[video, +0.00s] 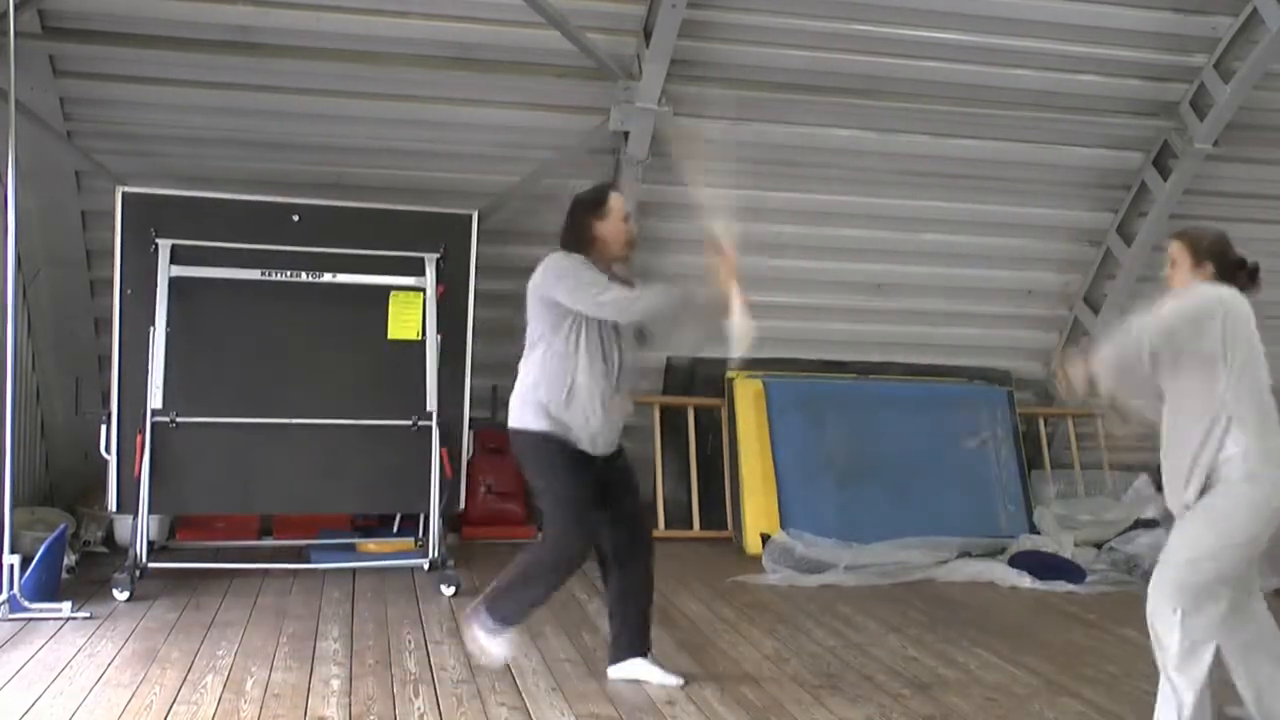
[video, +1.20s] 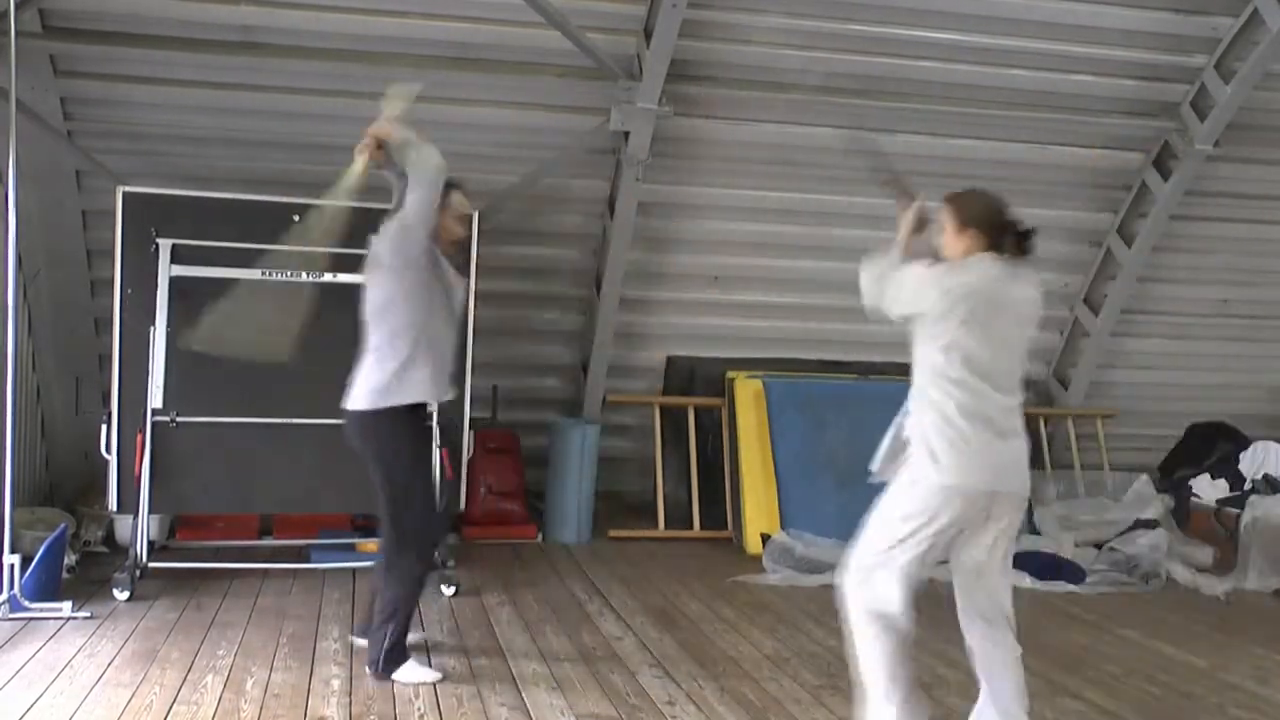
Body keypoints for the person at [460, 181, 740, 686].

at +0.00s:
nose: (631, 227)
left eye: (630, 218)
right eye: (622, 218)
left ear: (605, 228)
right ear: (592, 225)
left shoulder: (622, 291)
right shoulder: (557, 270)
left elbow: (666, 333)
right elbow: (627, 307)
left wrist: (721, 308)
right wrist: (703, 293)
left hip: (597, 435)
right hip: (544, 426)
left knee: (629, 539)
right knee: (572, 537)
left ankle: (629, 657)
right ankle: (490, 618)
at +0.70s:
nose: (565, 230)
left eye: (566, 221)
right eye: (554, 220)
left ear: (555, 230)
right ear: (521, 228)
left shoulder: (547, 281)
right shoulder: (496, 288)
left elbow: (602, 313)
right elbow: (568, 347)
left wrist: (653, 298)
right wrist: (655, 330)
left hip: (532, 435)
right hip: (488, 434)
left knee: (577, 529)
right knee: (542, 546)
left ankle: (559, 636)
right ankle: (515, 682)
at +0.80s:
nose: (522, 233)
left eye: (523, 223)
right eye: (511, 223)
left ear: (519, 232)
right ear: (480, 229)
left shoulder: (511, 281)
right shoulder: (462, 287)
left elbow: (568, 281)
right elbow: (531, 329)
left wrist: (628, 276)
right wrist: (614, 304)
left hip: (500, 430)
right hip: (464, 429)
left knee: (512, 537)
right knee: (507, 543)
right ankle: (514, 681)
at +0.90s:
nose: (493, 242)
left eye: (496, 232)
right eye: (484, 232)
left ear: (481, 233)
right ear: (453, 231)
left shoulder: (462, 274)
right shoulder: (446, 283)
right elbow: (531, 278)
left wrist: (571, 196)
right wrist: (582, 214)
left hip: (474, 430)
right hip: (449, 432)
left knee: (464, 546)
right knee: (488, 545)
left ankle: (396, 624)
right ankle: (506, 678)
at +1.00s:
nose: (481, 239)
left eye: (480, 229)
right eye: (475, 228)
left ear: (449, 230)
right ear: (452, 229)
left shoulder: (439, 274)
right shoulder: (436, 274)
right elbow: (491, 219)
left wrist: (470, 149)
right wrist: (497, 153)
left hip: (435, 430)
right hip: (421, 431)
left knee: (440, 539)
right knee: (476, 532)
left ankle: (393, 632)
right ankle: (444, 643)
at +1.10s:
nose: (466, 227)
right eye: (456, 216)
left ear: (424, 217)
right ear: (436, 218)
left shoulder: (433, 260)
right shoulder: (422, 257)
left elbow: (458, 206)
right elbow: (463, 203)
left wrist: (423, 157)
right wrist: (419, 156)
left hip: (431, 418)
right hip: (408, 420)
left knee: (436, 530)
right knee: (456, 532)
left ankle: (405, 624)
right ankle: (393, 637)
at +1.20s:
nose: (466, 229)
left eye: (470, 221)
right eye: (459, 218)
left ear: (456, 226)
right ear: (433, 211)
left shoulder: (434, 268)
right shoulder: (398, 246)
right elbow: (428, 168)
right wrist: (390, 137)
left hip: (407, 410)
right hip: (384, 409)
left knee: (414, 529)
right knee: (414, 532)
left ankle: (378, 626)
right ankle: (388, 657)